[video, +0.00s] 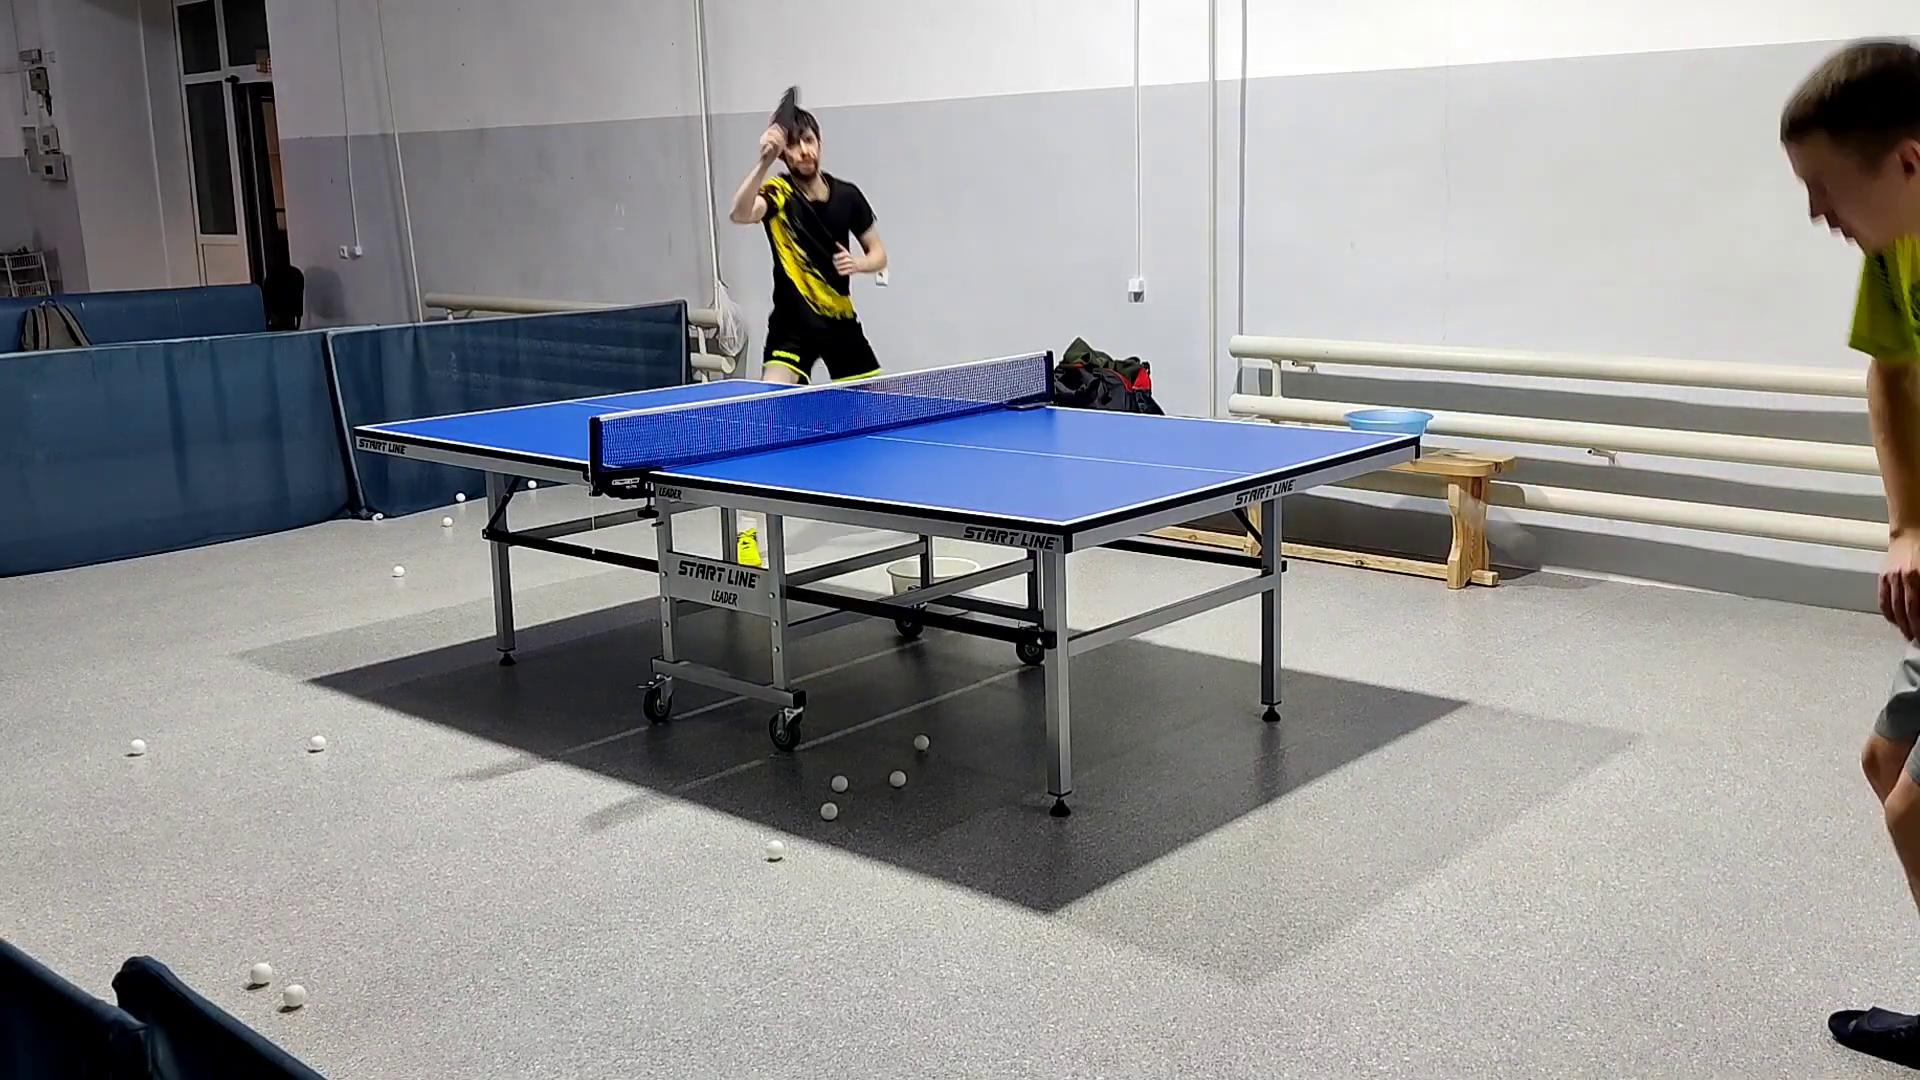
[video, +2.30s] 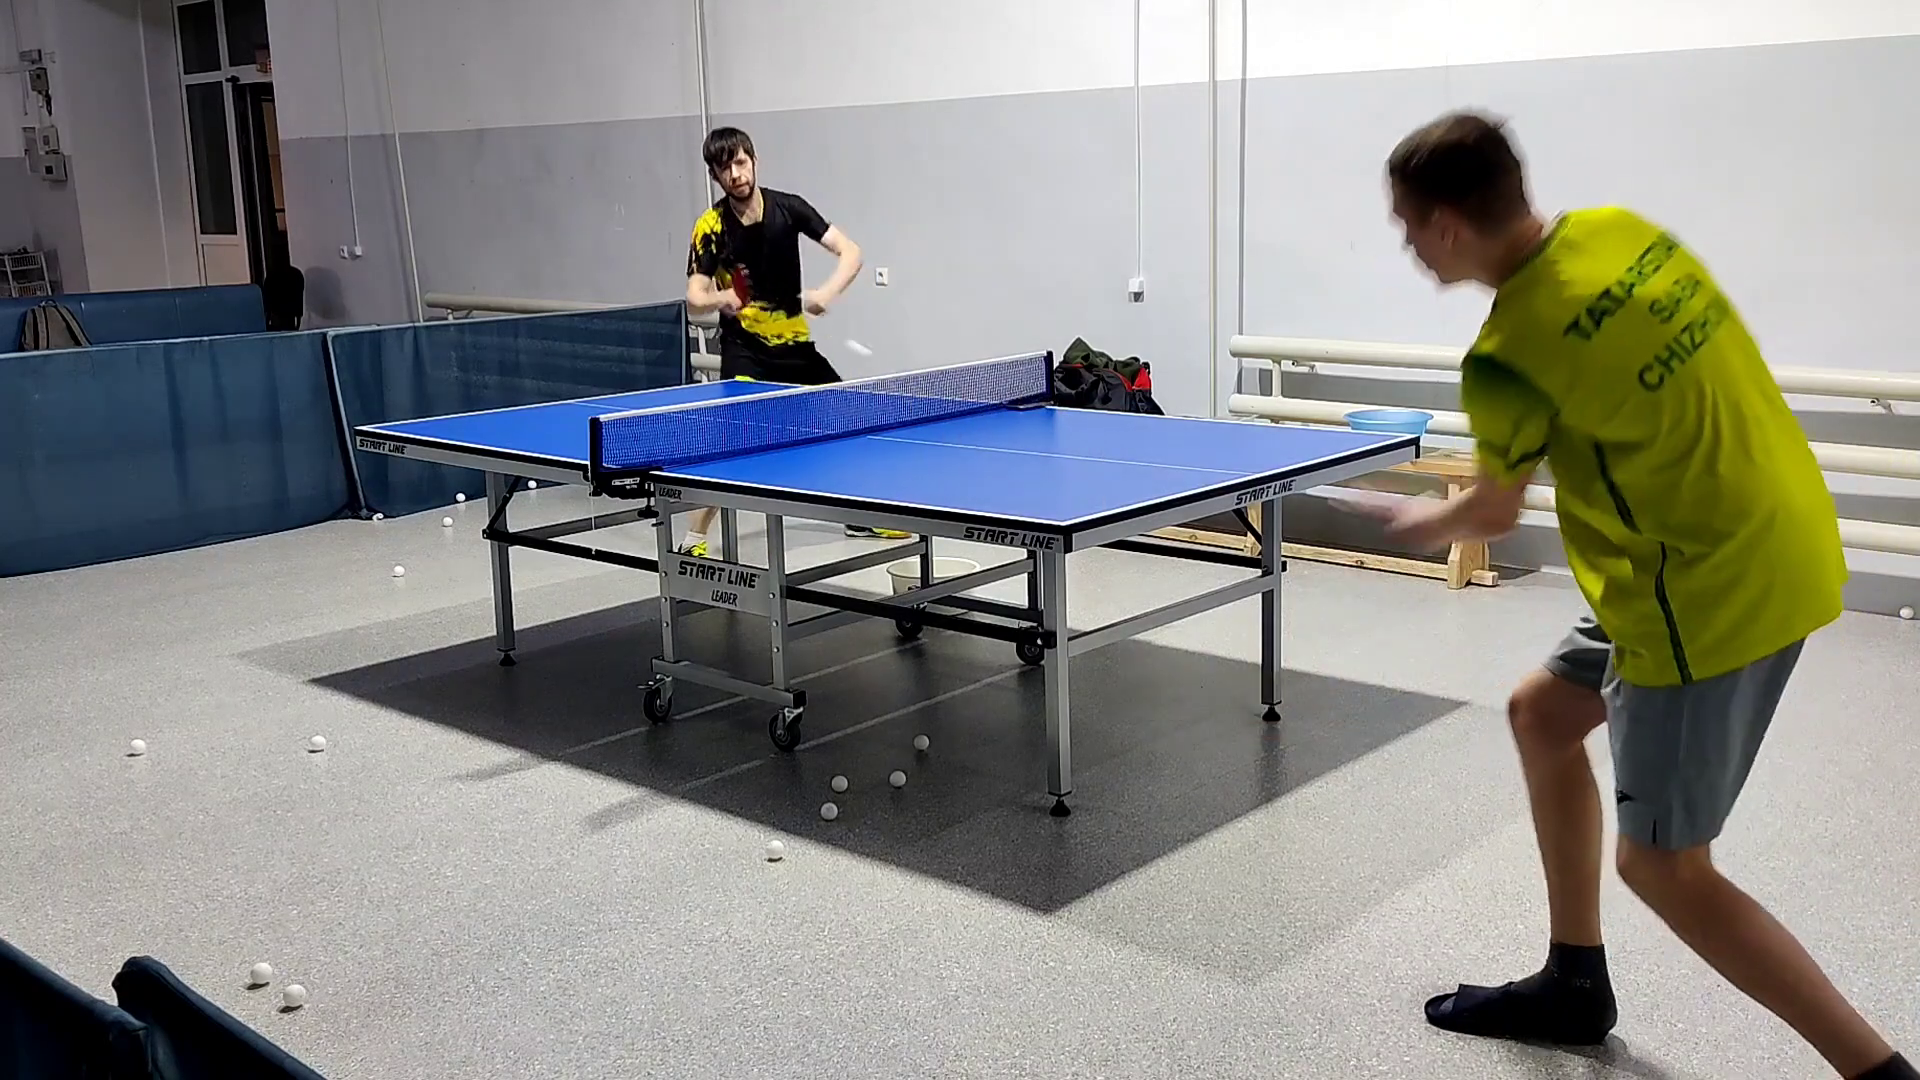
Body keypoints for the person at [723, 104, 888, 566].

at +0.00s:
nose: (803, 152)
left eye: (809, 141)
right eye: (793, 145)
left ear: (820, 143)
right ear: (782, 152)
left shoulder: (846, 196)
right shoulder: (776, 193)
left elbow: (878, 256)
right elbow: (740, 213)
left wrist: (858, 263)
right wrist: (764, 162)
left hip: (841, 325)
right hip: (792, 324)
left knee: (883, 418)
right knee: (768, 414)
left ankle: (908, 539)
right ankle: (749, 530)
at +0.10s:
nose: (795, 145)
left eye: (801, 134)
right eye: (785, 138)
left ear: (813, 137)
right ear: (772, 146)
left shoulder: (836, 189)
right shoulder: (764, 189)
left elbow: (871, 249)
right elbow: (732, 235)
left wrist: (852, 260)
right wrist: (750, 189)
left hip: (832, 319)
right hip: (784, 319)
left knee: (874, 409)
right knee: (771, 414)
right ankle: (745, 529)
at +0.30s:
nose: (785, 159)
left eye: (791, 149)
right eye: (775, 153)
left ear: (803, 150)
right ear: (762, 160)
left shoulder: (829, 203)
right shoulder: (755, 207)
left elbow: (869, 266)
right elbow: (729, 277)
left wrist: (841, 280)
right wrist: (743, 246)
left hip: (819, 333)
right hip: (772, 334)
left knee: (871, 409)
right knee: (758, 421)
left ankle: (886, 508)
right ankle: (743, 531)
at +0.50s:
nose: (769, 165)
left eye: (774, 154)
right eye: (758, 159)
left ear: (786, 152)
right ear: (748, 167)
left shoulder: (819, 192)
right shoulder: (748, 219)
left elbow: (848, 250)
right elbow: (739, 294)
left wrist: (782, 251)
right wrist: (736, 281)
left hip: (844, 325)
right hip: (792, 328)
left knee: (871, 419)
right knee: (766, 414)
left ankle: (888, 505)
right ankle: (748, 528)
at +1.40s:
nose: (786, 183)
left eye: (790, 172)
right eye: (775, 178)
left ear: (804, 169)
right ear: (768, 186)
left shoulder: (843, 208)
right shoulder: (772, 232)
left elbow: (887, 269)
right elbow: (764, 301)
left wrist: (834, 280)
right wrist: (793, 292)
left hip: (864, 335)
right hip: (812, 339)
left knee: (905, 421)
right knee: (783, 421)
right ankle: (732, 523)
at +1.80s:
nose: (740, 151)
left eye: (744, 139)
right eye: (728, 147)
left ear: (756, 139)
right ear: (718, 157)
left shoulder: (789, 185)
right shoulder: (718, 209)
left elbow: (828, 230)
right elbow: (709, 283)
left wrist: (846, 286)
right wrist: (746, 289)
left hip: (800, 320)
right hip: (753, 326)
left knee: (846, 403)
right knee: (748, 407)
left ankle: (861, 505)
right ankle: (713, 522)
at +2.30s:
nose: (737, 175)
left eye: (742, 163)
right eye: (727, 169)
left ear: (754, 162)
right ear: (715, 176)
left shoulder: (789, 208)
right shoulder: (710, 227)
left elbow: (852, 252)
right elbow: (696, 300)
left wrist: (828, 291)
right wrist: (721, 299)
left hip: (795, 344)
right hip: (744, 347)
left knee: (853, 419)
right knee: (735, 438)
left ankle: (864, 509)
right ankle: (696, 538)